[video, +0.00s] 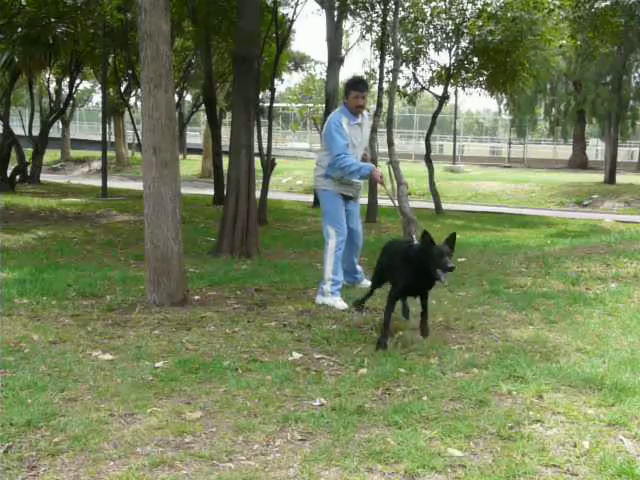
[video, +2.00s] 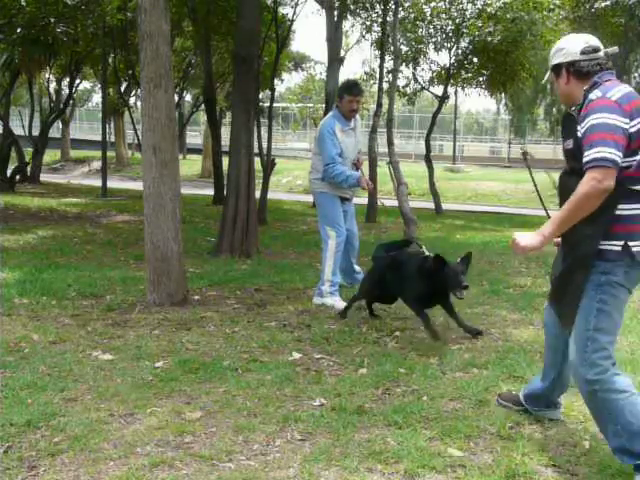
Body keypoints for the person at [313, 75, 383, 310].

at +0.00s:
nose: (361, 102)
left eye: (364, 97)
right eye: (357, 97)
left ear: (367, 98)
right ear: (346, 97)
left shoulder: (364, 120)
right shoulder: (336, 122)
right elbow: (340, 160)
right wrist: (369, 170)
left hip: (351, 183)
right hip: (330, 183)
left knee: (355, 232)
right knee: (337, 233)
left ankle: (352, 274)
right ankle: (329, 291)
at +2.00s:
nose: (355, 106)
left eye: (358, 102)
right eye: (350, 102)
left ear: (360, 102)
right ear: (339, 101)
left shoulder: (353, 124)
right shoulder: (329, 127)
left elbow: (349, 152)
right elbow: (330, 169)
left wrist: (356, 159)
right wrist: (356, 178)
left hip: (344, 188)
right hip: (326, 188)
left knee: (351, 234)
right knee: (335, 235)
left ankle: (350, 275)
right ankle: (326, 291)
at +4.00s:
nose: (364, 115)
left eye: (367, 110)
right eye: (360, 110)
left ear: (370, 110)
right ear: (349, 109)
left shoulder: (363, 130)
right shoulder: (335, 132)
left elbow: (358, 156)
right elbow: (337, 171)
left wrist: (364, 163)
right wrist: (366, 178)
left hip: (344, 189)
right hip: (324, 187)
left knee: (349, 233)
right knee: (335, 233)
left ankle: (352, 276)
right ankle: (327, 292)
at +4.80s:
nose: (362, 119)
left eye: (365, 114)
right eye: (357, 114)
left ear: (369, 113)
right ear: (346, 113)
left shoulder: (370, 131)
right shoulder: (333, 133)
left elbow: (372, 157)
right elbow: (326, 171)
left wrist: (366, 166)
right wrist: (344, 186)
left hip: (349, 190)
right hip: (327, 189)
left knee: (352, 233)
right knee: (337, 233)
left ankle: (349, 283)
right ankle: (328, 292)